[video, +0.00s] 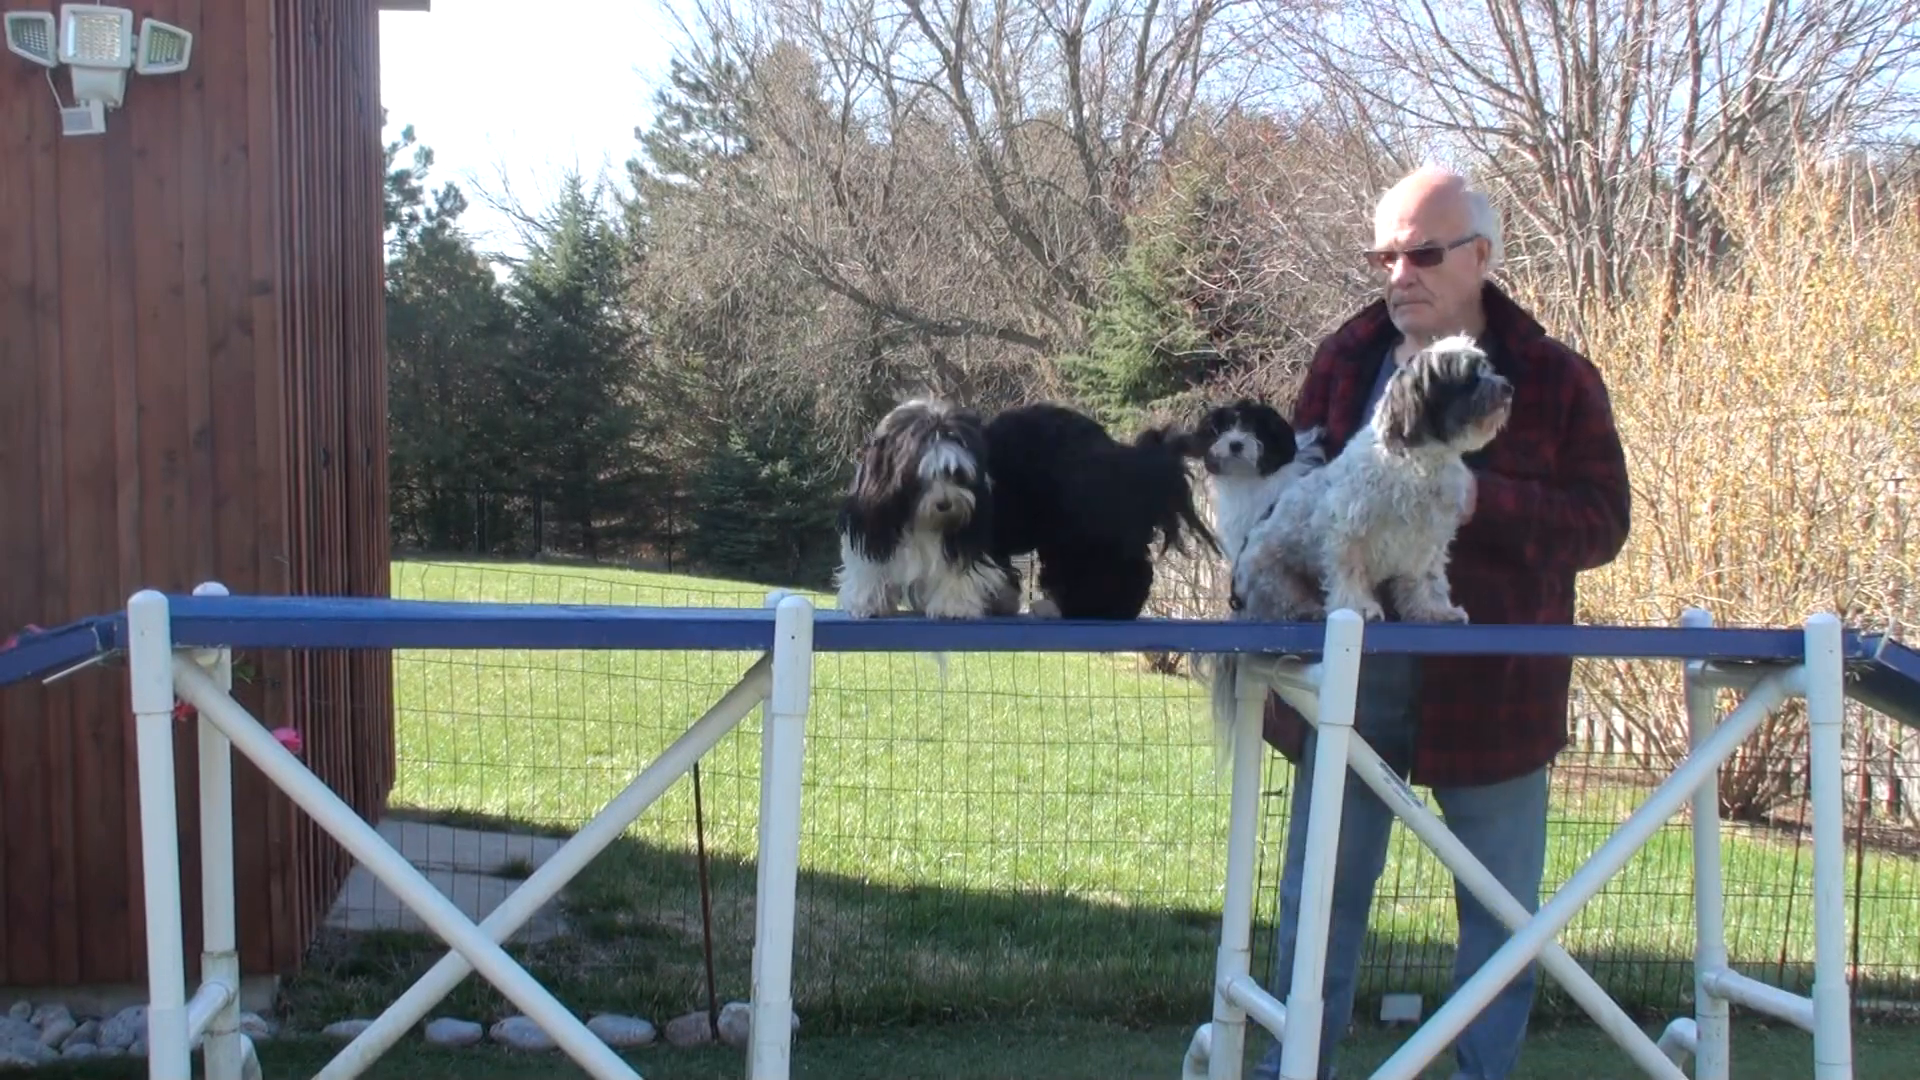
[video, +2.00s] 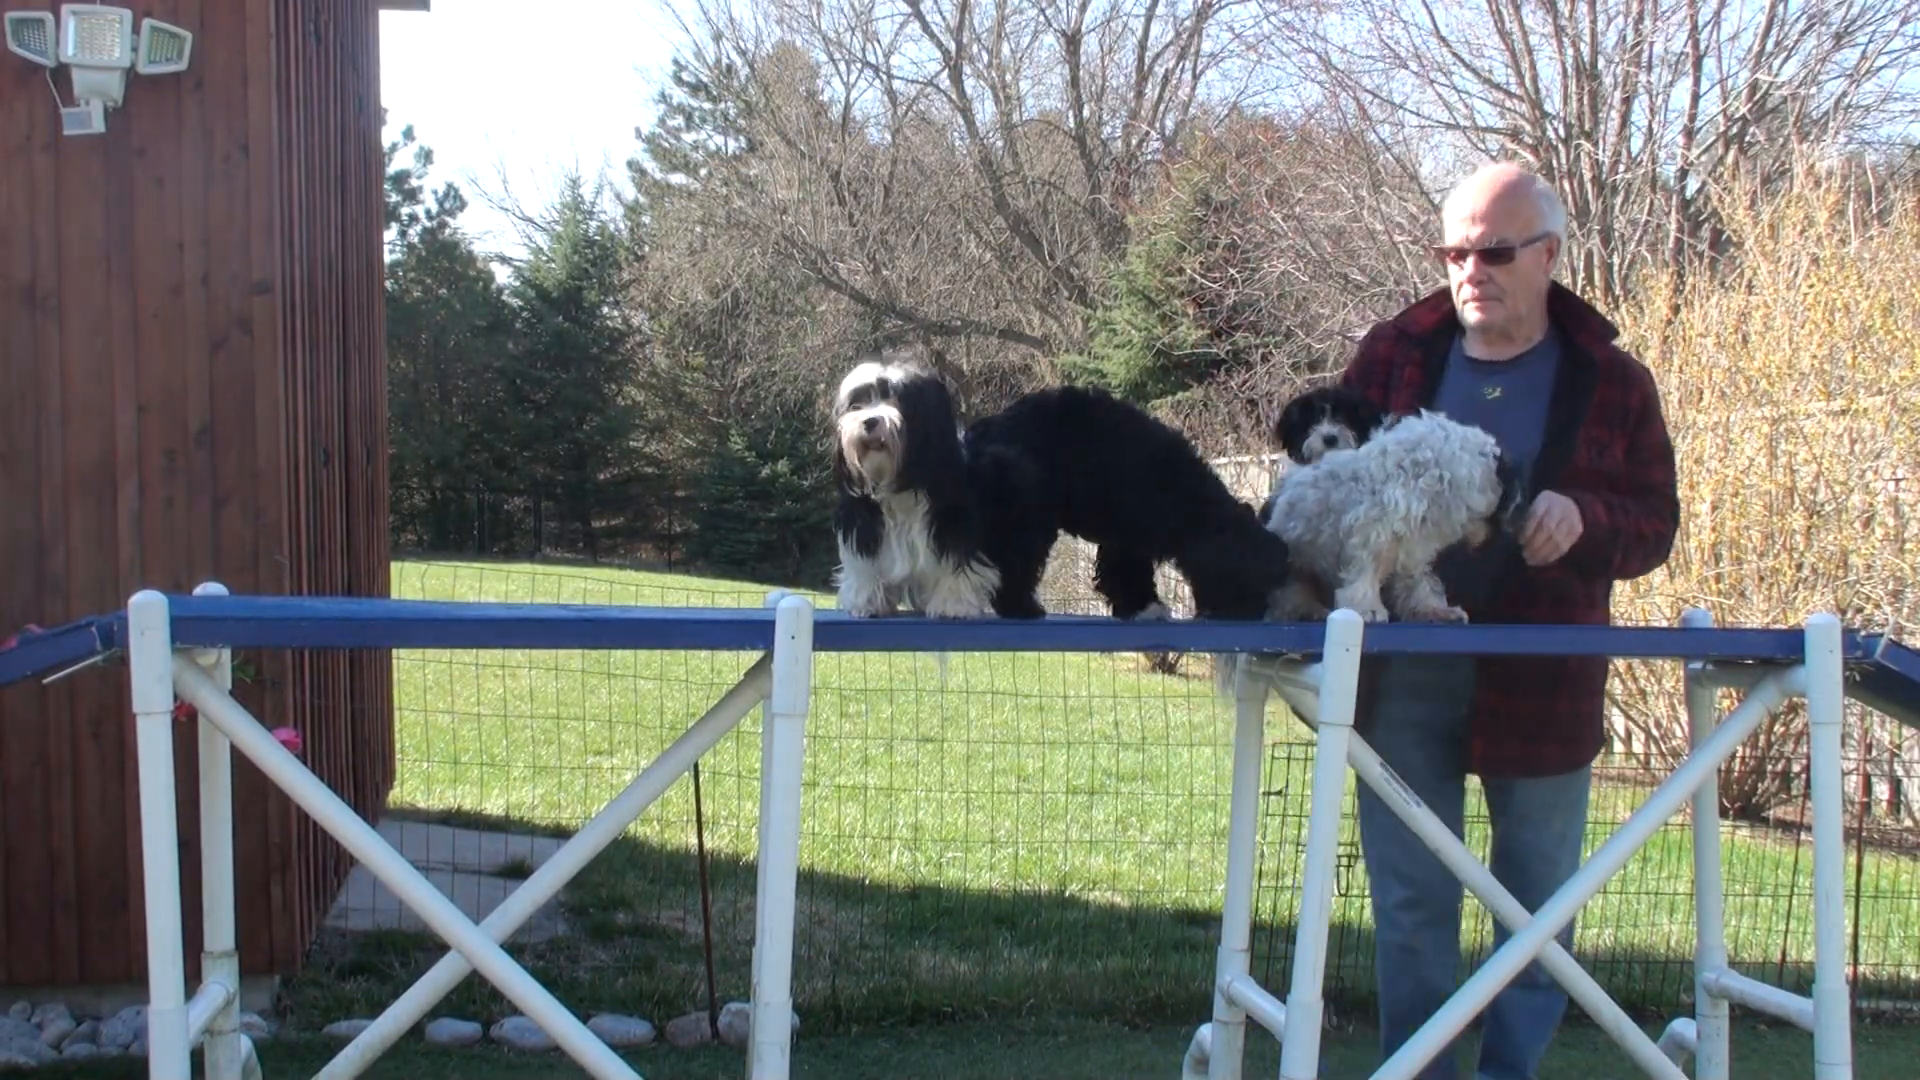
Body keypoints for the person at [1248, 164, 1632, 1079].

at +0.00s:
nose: (1403, 273)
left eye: (1428, 255)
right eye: (1390, 255)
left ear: (1484, 257)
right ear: (1375, 258)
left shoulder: (1557, 378)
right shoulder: (1344, 362)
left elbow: (1600, 524)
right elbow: (1290, 498)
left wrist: (1465, 488)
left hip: (1496, 677)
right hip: (1352, 667)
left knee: (1500, 919)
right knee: (1320, 903)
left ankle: (1485, 1067)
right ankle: (1298, 1064)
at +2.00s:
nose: (1474, 270)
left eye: (1500, 252)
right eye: (1459, 252)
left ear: (1554, 254)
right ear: (1442, 256)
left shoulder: (1614, 381)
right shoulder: (1391, 357)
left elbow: (1652, 527)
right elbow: (1323, 481)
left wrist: (1582, 518)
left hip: (1544, 677)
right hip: (1405, 667)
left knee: (1538, 913)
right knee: (1410, 906)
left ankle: (1511, 1064)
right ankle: (1414, 1069)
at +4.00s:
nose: (1584, 250)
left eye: (1607, 234)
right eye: (1563, 235)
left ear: (1642, 252)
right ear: (1535, 252)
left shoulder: (1685, 371)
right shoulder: (1475, 347)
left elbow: (1729, 511)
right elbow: (1389, 446)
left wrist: (1622, 463)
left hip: (1617, 658)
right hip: (1479, 650)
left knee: (1615, 902)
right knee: (1452, 895)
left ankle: (1597, 1068)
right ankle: (1425, 1068)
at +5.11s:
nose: (1542, 278)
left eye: (1565, 257)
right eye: (1520, 260)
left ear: (1605, 255)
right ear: (1492, 264)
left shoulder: (1637, 354)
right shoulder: (1449, 357)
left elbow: (1700, 393)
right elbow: (1375, 464)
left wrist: (1648, 320)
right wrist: (1368, 533)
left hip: (1621, 660)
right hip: (1482, 660)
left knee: (1634, 890)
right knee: (1492, 898)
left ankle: (1616, 1068)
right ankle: (1502, 1065)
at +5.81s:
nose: (1589, 261)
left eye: (1612, 242)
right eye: (1568, 244)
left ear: (1652, 252)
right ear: (1544, 257)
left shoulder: (1705, 361)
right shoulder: (1488, 351)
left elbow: (1769, 472)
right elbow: (1416, 470)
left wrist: (1627, 394)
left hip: (1640, 665)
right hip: (1501, 662)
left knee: (1645, 907)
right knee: (1494, 901)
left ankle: (1639, 1073)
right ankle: (1498, 1067)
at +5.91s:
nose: (1588, 260)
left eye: (1612, 241)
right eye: (1567, 243)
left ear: (1652, 252)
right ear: (1543, 257)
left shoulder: (1704, 361)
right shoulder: (1487, 352)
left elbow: (1771, 476)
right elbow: (1415, 471)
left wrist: (1635, 417)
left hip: (1638, 665)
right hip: (1499, 662)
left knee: (1644, 908)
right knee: (1492, 903)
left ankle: (1638, 1073)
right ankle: (1497, 1068)